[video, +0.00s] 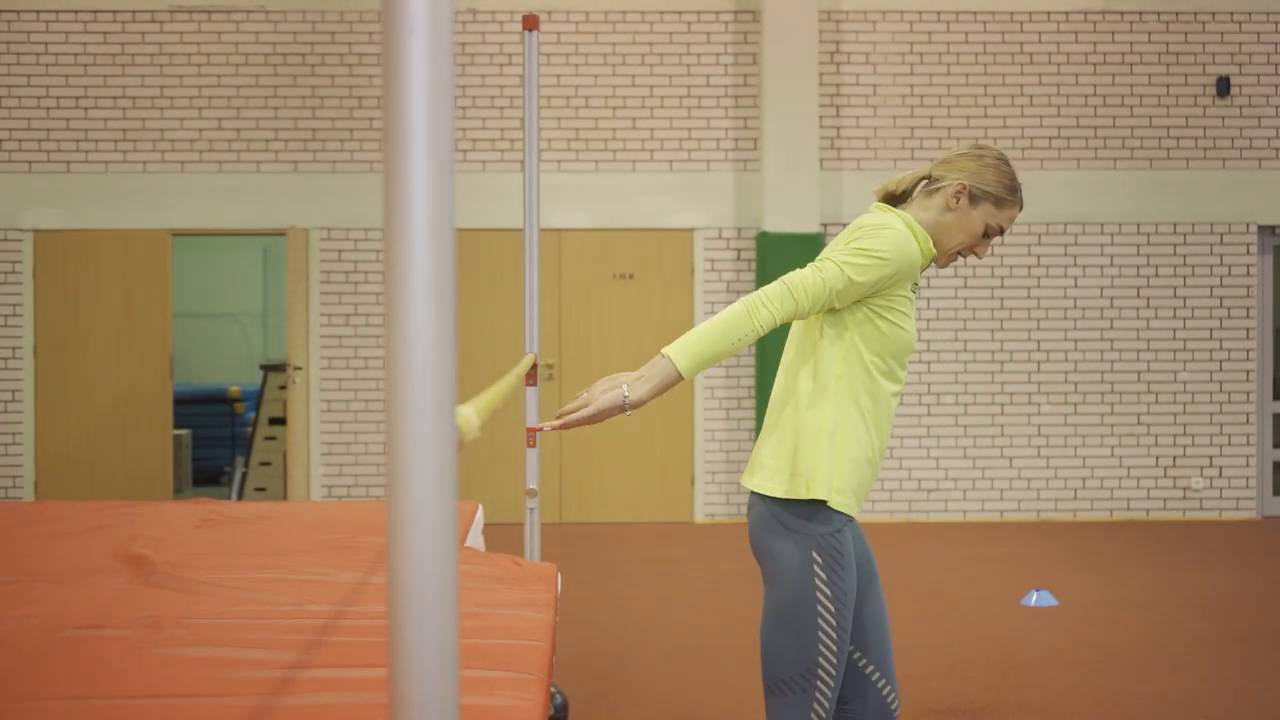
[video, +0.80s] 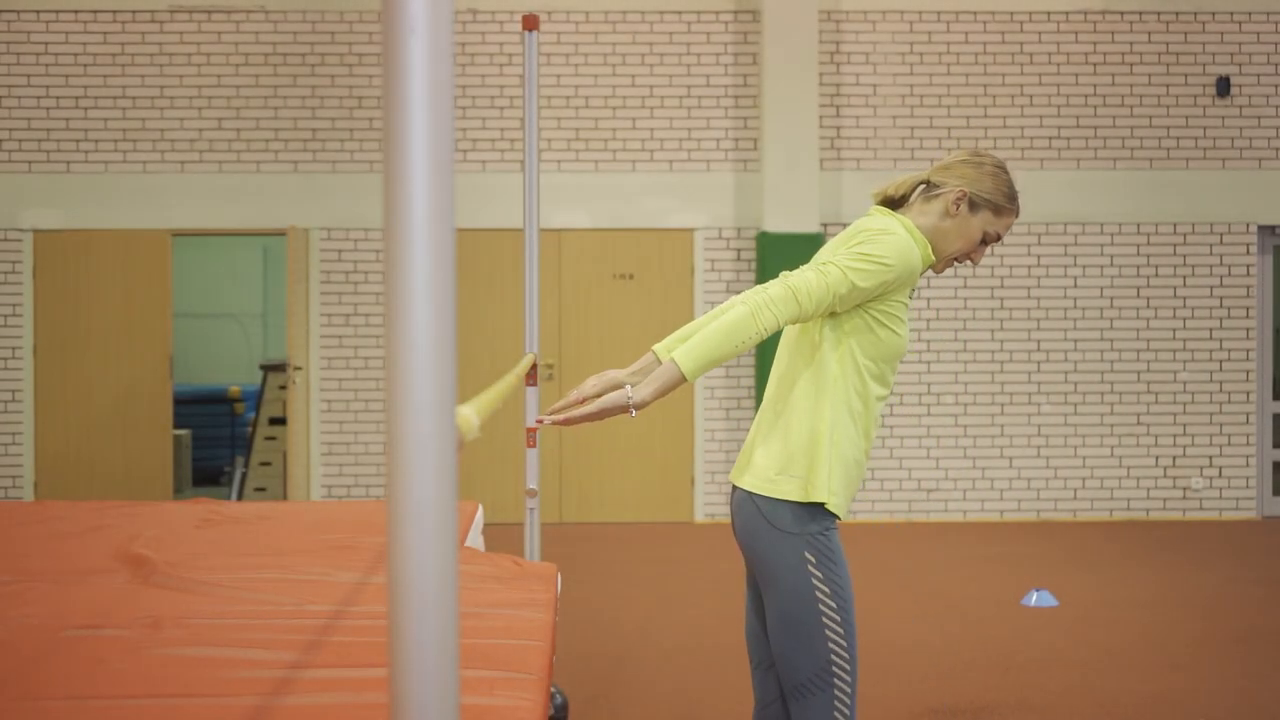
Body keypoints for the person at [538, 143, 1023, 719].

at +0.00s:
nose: (981, 250)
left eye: (992, 239)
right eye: (988, 231)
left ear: (952, 196)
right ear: (955, 195)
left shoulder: (889, 242)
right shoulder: (891, 241)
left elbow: (769, 305)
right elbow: (772, 303)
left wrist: (643, 384)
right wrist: (642, 383)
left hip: (824, 508)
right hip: (804, 509)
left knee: (873, 705)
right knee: (804, 708)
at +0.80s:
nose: (979, 256)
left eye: (990, 246)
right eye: (987, 238)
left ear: (948, 201)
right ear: (955, 202)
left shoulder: (873, 238)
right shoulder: (895, 246)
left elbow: (760, 303)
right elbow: (774, 304)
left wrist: (638, 370)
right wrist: (650, 386)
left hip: (769, 500)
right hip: (793, 505)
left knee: (776, 706)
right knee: (827, 704)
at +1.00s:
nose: (878, 149)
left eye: (872, 134)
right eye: (865, 135)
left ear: (820, 152)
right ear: (821, 149)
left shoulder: (787, 227)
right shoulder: (831, 229)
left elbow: (815, 383)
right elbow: (860, 383)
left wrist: (907, 508)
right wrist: (916, 504)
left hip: (802, 498)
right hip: (835, 501)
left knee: (797, 706)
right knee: (820, 707)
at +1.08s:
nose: (877, 151)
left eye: (872, 135)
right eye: (864, 136)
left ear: (820, 153)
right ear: (821, 150)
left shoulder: (786, 229)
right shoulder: (831, 230)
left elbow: (826, 388)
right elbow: (860, 383)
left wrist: (906, 509)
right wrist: (915, 501)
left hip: (801, 499)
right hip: (834, 503)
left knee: (796, 706)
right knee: (819, 707)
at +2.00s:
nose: (874, 154)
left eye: (870, 140)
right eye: (861, 140)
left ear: (816, 154)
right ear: (817, 152)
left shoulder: (781, 231)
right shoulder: (829, 231)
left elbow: (804, 387)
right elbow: (855, 385)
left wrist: (896, 508)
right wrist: (908, 507)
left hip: (795, 504)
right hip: (828, 506)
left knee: (792, 706)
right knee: (816, 708)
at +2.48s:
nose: (872, 155)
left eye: (868, 141)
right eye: (860, 141)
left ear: (814, 155)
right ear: (815, 152)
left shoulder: (779, 232)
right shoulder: (827, 233)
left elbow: (794, 385)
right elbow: (854, 388)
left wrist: (890, 504)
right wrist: (907, 509)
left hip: (794, 502)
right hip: (829, 505)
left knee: (794, 705)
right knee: (819, 707)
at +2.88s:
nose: (870, 154)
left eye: (866, 140)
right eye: (858, 140)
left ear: (812, 154)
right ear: (814, 152)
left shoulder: (779, 230)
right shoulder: (825, 232)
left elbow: (788, 384)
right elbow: (854, 385)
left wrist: (890, 507)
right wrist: (908, 507)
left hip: (798, 503)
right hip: (831, 505)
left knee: (800, 705)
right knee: (818, 707)